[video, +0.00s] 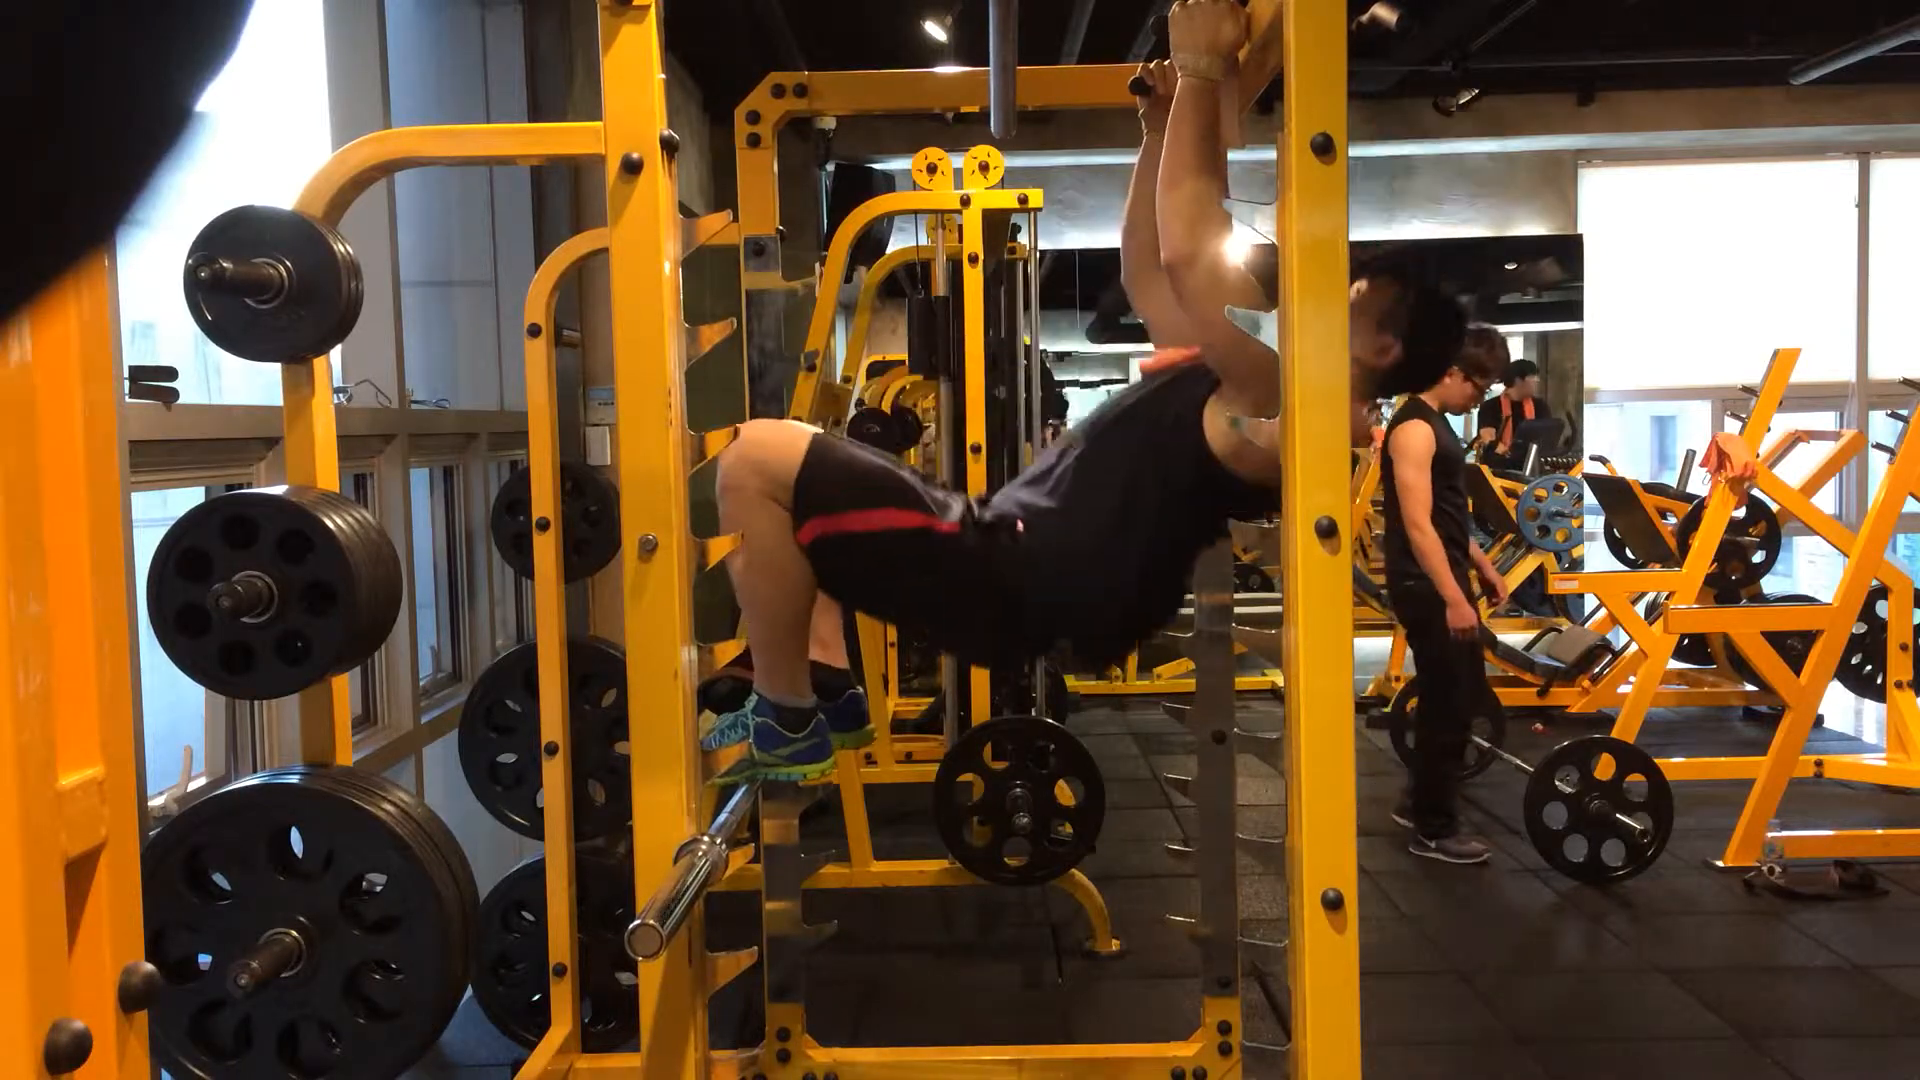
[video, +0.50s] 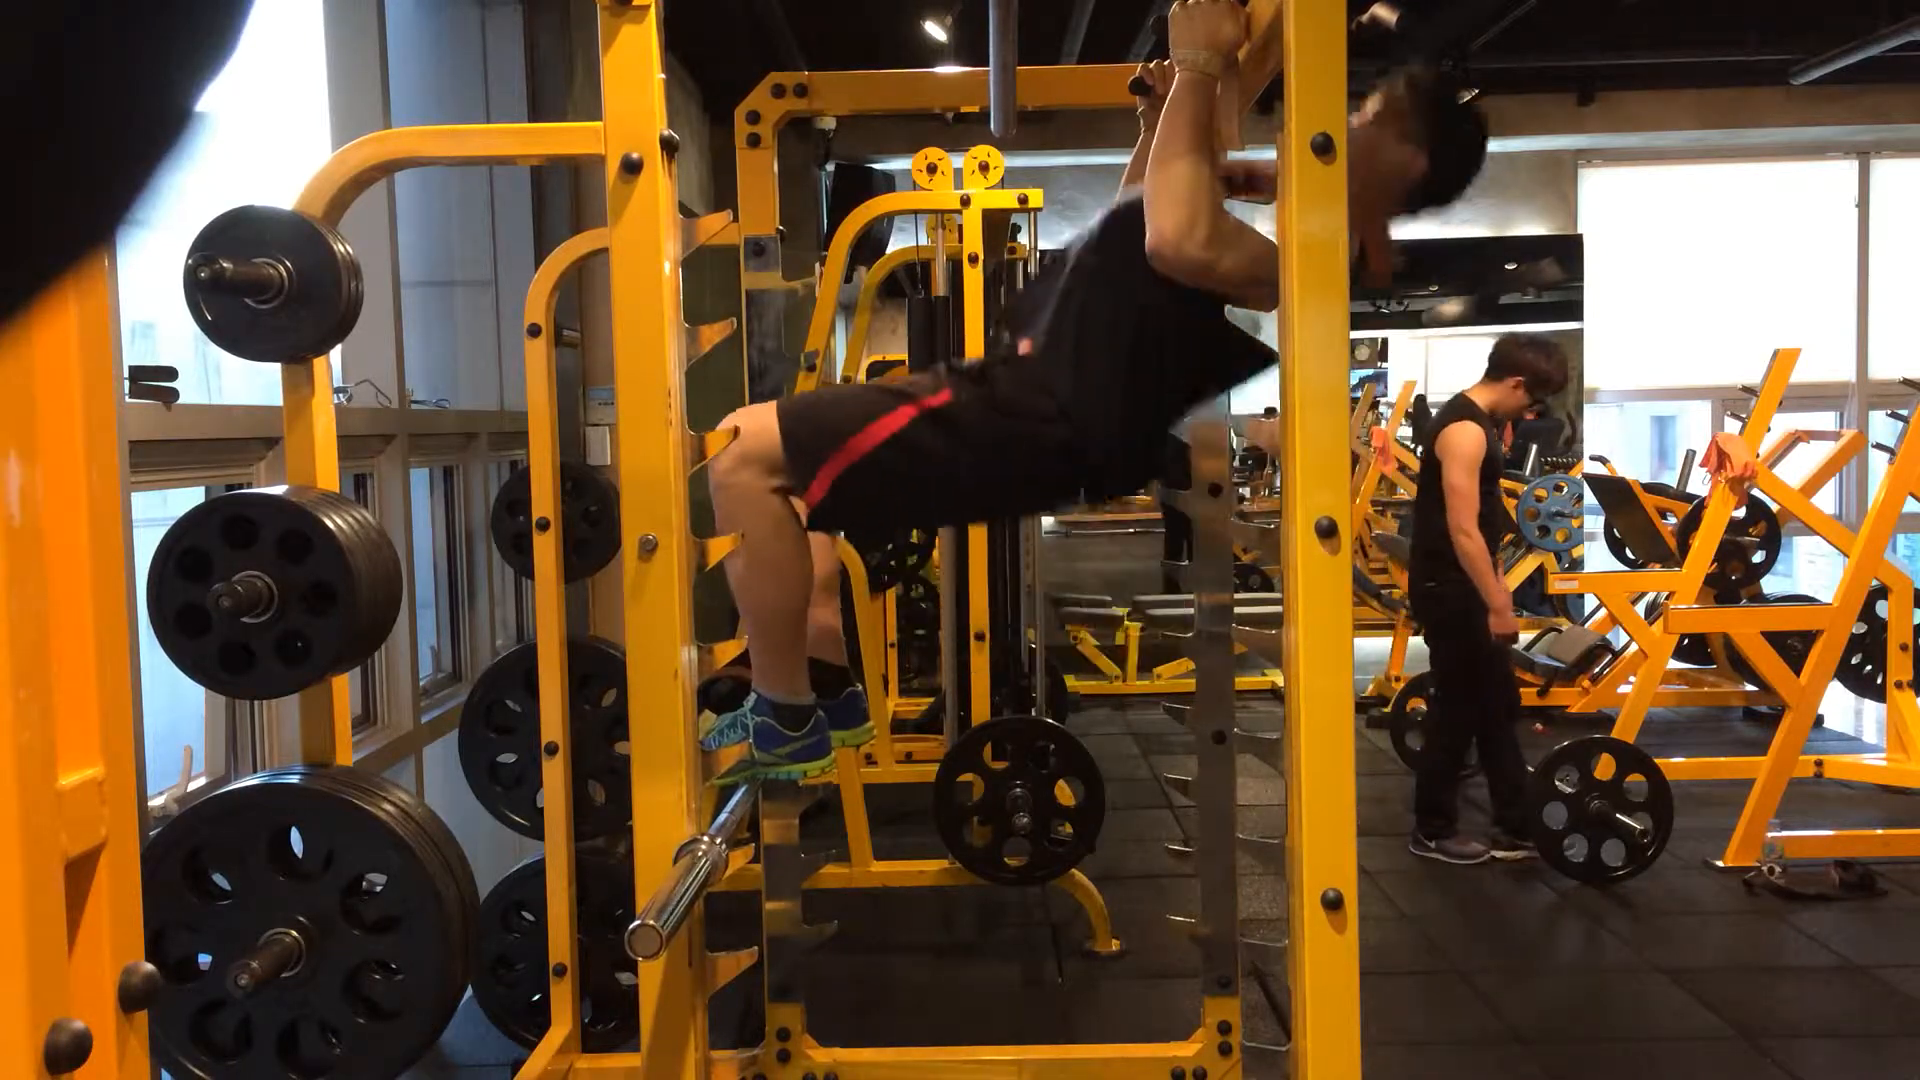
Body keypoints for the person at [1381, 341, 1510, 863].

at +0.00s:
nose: (1478, 400)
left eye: (1483, 391)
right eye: (1477, 388)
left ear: (1454, 376)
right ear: (1452, 374)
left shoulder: (1434, 425)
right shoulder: (1414, 429)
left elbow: (1446, 514)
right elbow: (1416, 524)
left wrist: (1483, 566)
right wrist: (1453, 598)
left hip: (1441, 581)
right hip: (1425, 586)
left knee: (1456, 693)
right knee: (1448, 699)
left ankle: (1421, 799)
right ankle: (1434, 828)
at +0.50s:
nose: (1530, 411)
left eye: (1535, 403)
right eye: (1532, 400)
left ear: (1509, 382)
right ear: (1513, 383)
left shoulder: (1474, 423)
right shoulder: (1463, 430)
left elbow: (1472, 526)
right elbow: (1462, 531)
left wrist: (1495, 592)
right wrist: (1499, 603)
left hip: (1465, 588)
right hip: (1450, 591)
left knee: (1496, 706)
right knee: (1457, 709)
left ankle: (1515, 824)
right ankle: (1432, 830)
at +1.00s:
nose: (1599, 421)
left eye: (1605, 413)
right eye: (1603, 410)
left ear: (1583, 388)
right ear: (1585, 389)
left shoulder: (1540, 429)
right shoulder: (1523, 435)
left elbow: (1538, 524)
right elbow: (1520, 541)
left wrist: (1589, 557)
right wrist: (1562, 614)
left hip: (1499, 576)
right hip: (1484, 580)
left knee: (1521, 702)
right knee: (1519, 704)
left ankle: (1504, 828)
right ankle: (1492, 837)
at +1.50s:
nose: (1656, 503)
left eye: (1666, 498)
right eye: (1665, 496)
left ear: (1653, 461)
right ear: (1656, 471)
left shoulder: (1597, 447)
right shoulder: (1593, 502)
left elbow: (1609, 541)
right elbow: (1575, 604)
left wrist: (1651, 589)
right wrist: (1589, 685)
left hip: (1479, 559)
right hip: (1481, 573)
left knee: (1505, 702)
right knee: (1504, 708)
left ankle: (1502, 821)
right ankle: (1494, 838)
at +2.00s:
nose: (1675, 534)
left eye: (1682, 532)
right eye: (1683, 529)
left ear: (1677, 478)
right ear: (1683, 507)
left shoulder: (1620, 447)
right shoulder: (1624, 533)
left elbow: (1623, 540)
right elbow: (1601, 633)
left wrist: (1653, 591)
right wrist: (1606, 719)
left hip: (1465, 544)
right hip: (1492, 572)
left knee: (1441, 672)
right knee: (1498, 708)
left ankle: (1389, 775)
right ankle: (1492, 839)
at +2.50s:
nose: (1659, 524)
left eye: (1666, 522)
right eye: (1667, 519)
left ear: (1655, 467)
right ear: (1667, 494)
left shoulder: (1599, 443)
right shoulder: (1609, 520)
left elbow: (1615, 529)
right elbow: (1592, 625)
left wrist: (1649, 588)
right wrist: (1602, 709)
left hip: (1453, 556)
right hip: (1482, 579)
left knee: (1450, 686)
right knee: (1493, 708)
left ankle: (1406, 793)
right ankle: (1491, 838)